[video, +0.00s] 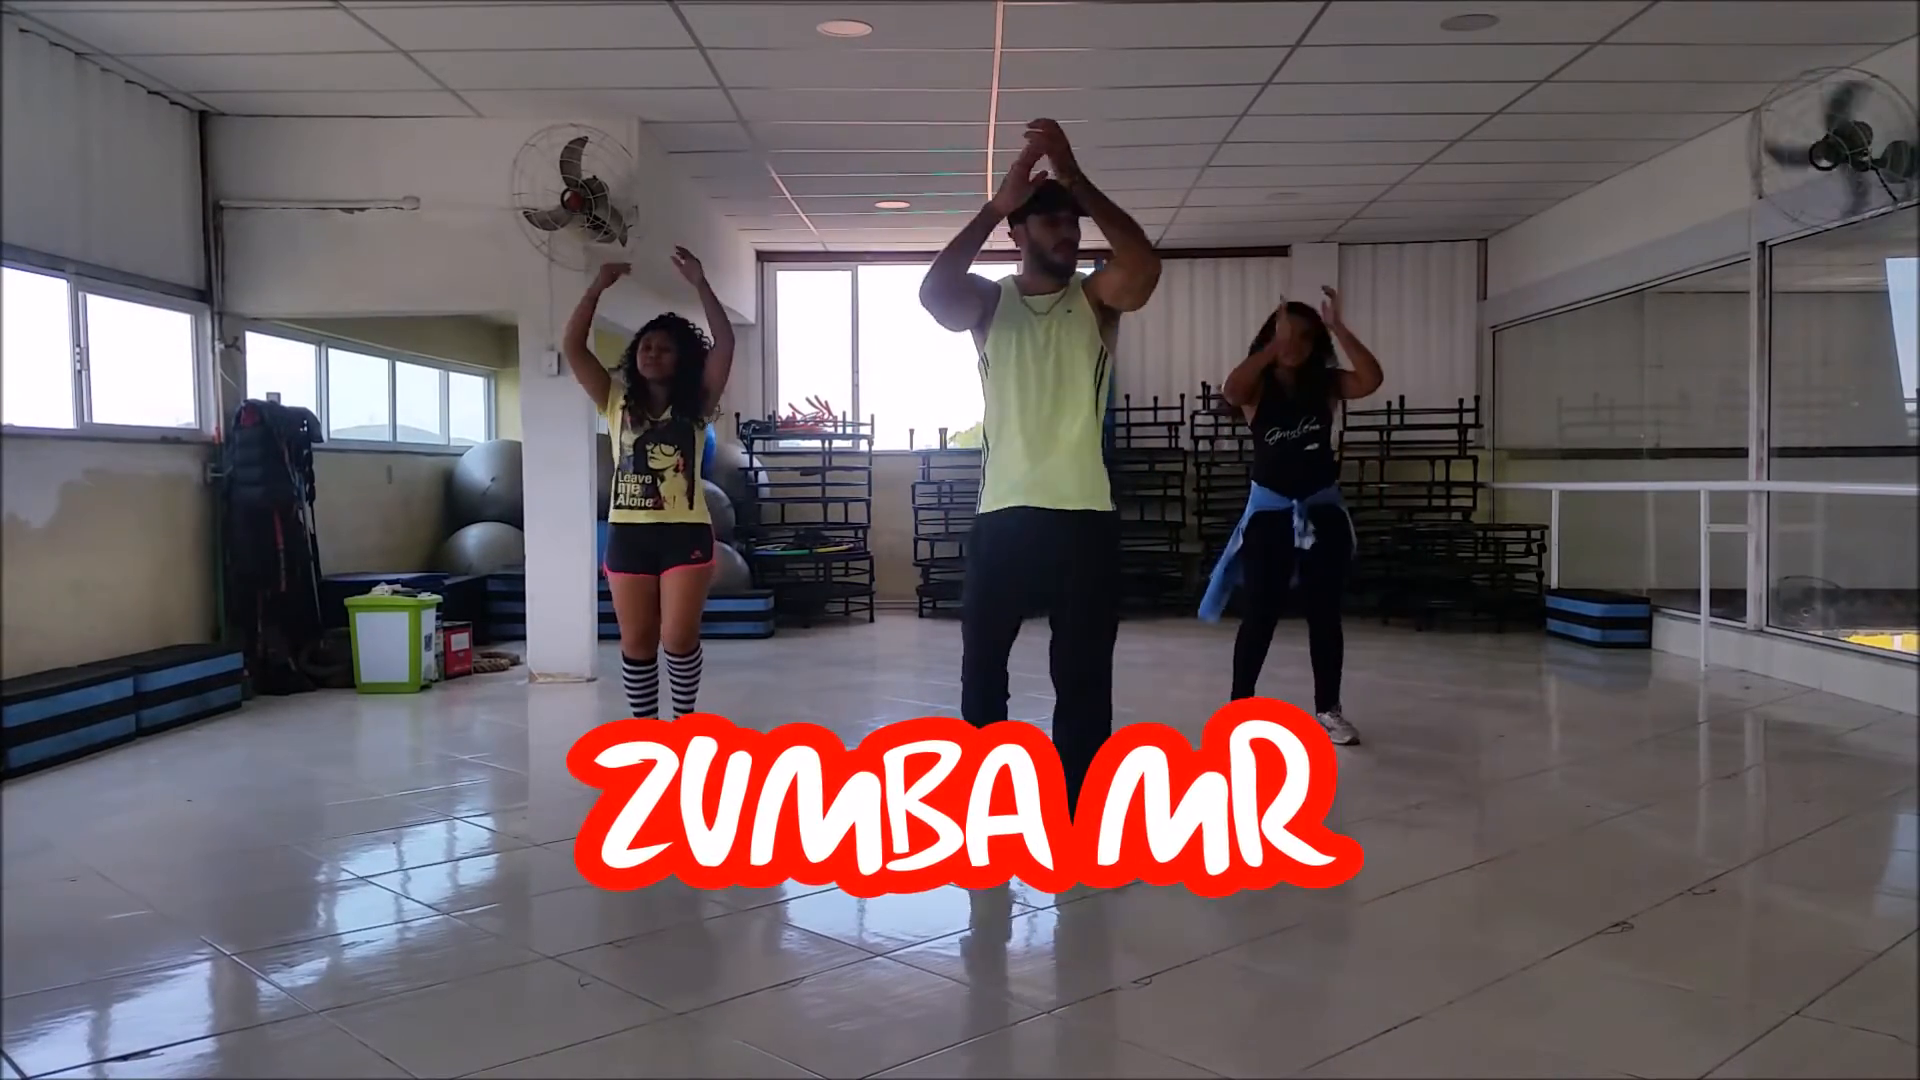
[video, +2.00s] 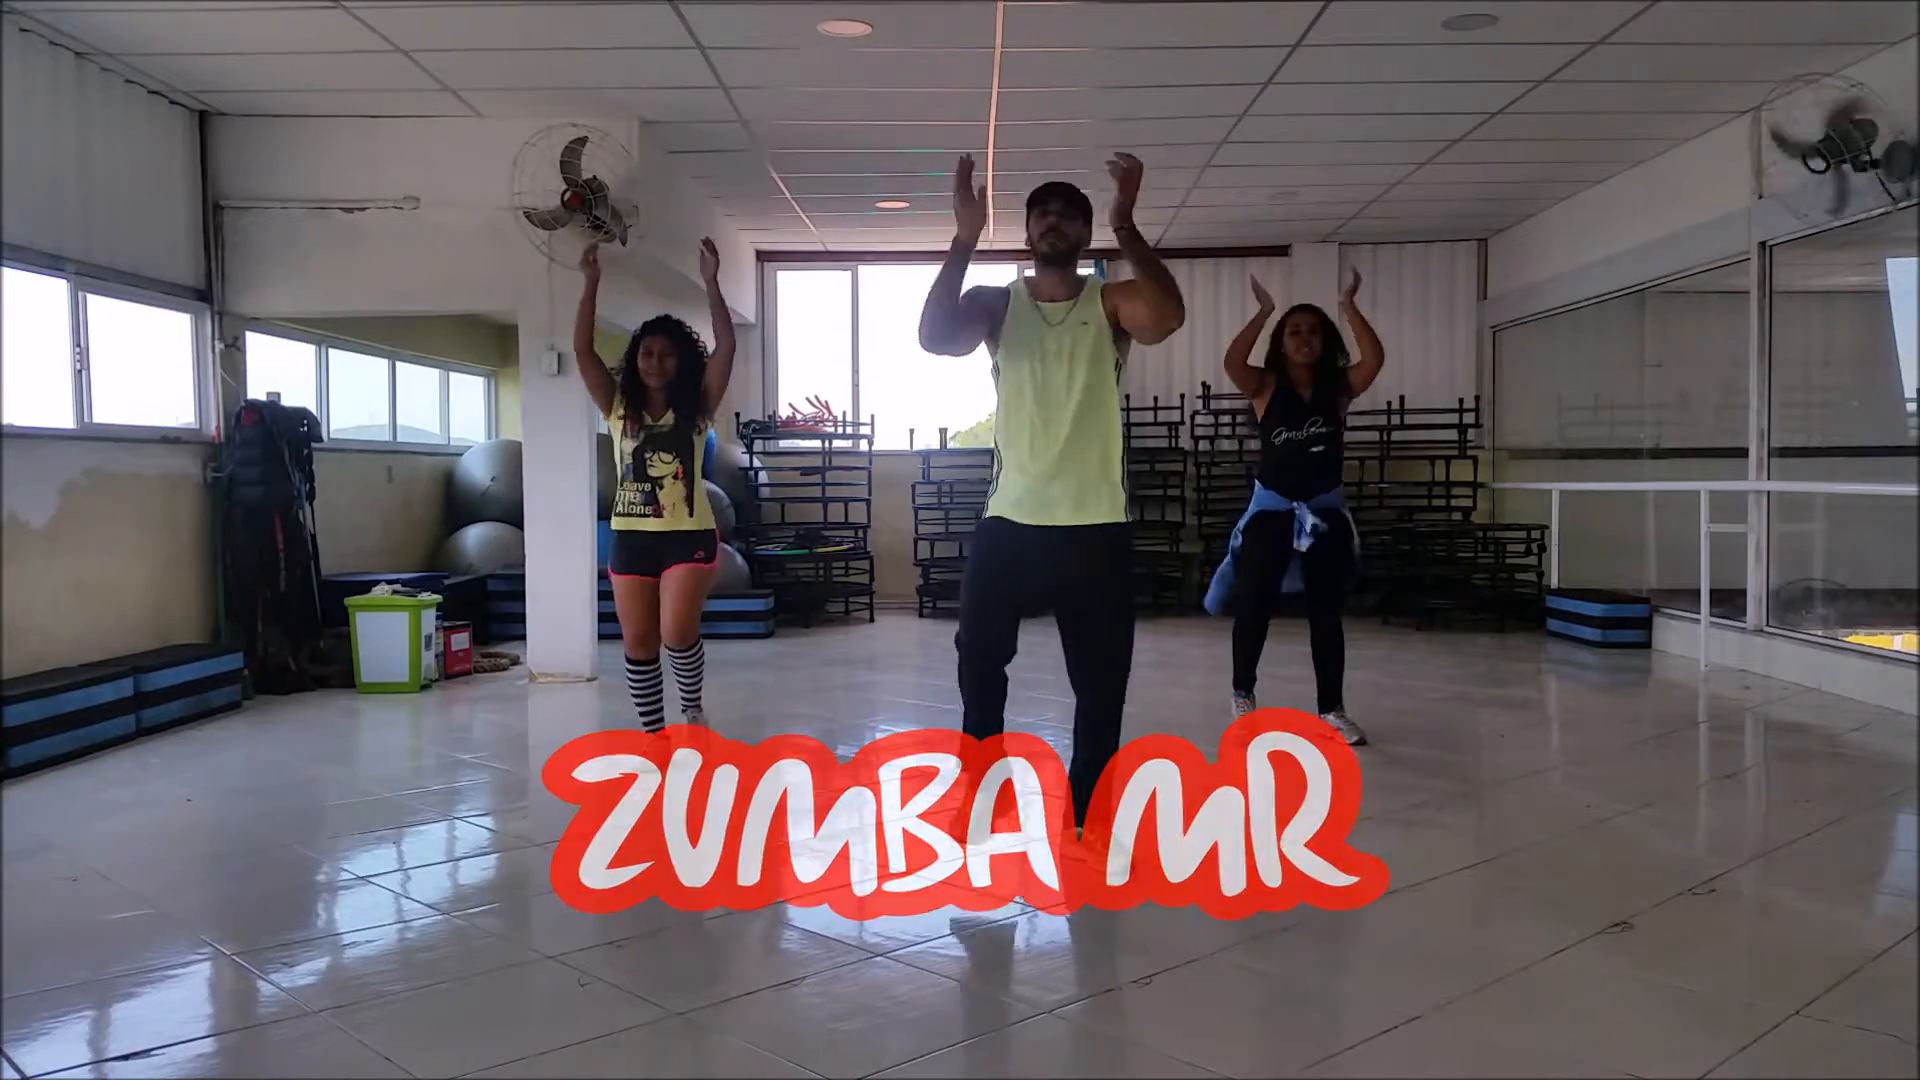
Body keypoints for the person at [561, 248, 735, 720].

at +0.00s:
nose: (654, 355)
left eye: (665, 349)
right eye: (646, 348)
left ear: (684, 360)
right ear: (634, 356)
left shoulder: (696, 404)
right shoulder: (615, 402)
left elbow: (723, 343)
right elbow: (573, 345)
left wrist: (700, 284)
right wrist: (597, 286)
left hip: (685, 538)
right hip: (628, 539)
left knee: (678, 641)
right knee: (636, 645)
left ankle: (685, 729)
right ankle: (645, 736)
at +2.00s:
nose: (655, 362)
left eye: (666, 355)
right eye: (647, 353)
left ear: (682, 363)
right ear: (635, 360)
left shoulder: (697, 407)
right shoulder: (617, 406)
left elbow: (725, 345)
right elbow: (584, 349)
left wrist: (711, 284)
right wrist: (590, 283)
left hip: (688, 541)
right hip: (631, 542)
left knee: (678, 634)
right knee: (638, 644)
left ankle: (692, 720)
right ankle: (654, 739)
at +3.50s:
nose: (664, 359)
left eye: (674, 351)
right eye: (656, 351)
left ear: (691, 360)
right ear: (645, 358)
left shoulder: (711, 412)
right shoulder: (628, 410)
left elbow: (763, 408)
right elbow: (564, 410)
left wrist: (726, 355)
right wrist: (588, 352)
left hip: (696, 540)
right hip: (637, 538)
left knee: (689, 641)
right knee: (620, 640)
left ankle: (688, 739)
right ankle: (626, 740)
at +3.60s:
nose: (662, 361)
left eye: (673, 353)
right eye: (654, 353)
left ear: (691, 362)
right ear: (645, 360)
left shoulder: (706, 418)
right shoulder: (629, 413)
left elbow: (756, 468)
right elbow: (580, 466)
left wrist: (737, 438)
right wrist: (574, 448)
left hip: (695, 541)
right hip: (636, 539)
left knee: (688, 642)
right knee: (623, 643)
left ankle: (688, 739)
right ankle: (625, 744)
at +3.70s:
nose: (661, 366)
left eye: (672, 358)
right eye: (653, 358)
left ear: (690, 367)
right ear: (642, 366)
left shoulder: (706, 423)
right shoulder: (625, 418)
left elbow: (729, 479)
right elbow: (595, 477)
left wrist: (736, 497)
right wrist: (575, 515)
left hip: (693, 547)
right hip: (634, 545)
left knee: (687, 648)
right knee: (614, 645)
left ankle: (687, 740)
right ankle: (625, 745)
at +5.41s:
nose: (687, 378)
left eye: (698, 371)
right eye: (680, 371)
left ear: (716, 380)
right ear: (670, 380)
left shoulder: (737, 437)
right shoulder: (655, 434)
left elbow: (756, 499)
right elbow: (634, 490)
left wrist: (755, 550)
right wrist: (596, 521)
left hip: (723, 563)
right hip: (658, 562)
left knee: (770, 649)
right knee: (616, 651)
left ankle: (767, 744)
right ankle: (624, 745)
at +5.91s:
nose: (688, 368)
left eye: (699, 361)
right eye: (681, 361)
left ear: (718, 370)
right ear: (671, 370)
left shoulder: (732, 427)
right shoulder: (651, 421)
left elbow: (751, 491)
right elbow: (628, 479)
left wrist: (775, 548)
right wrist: (613, 530)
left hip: (728, 548)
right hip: (665, 550)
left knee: (759, 641)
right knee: (622, 649)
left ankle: (767, 742)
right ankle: (624, 743)